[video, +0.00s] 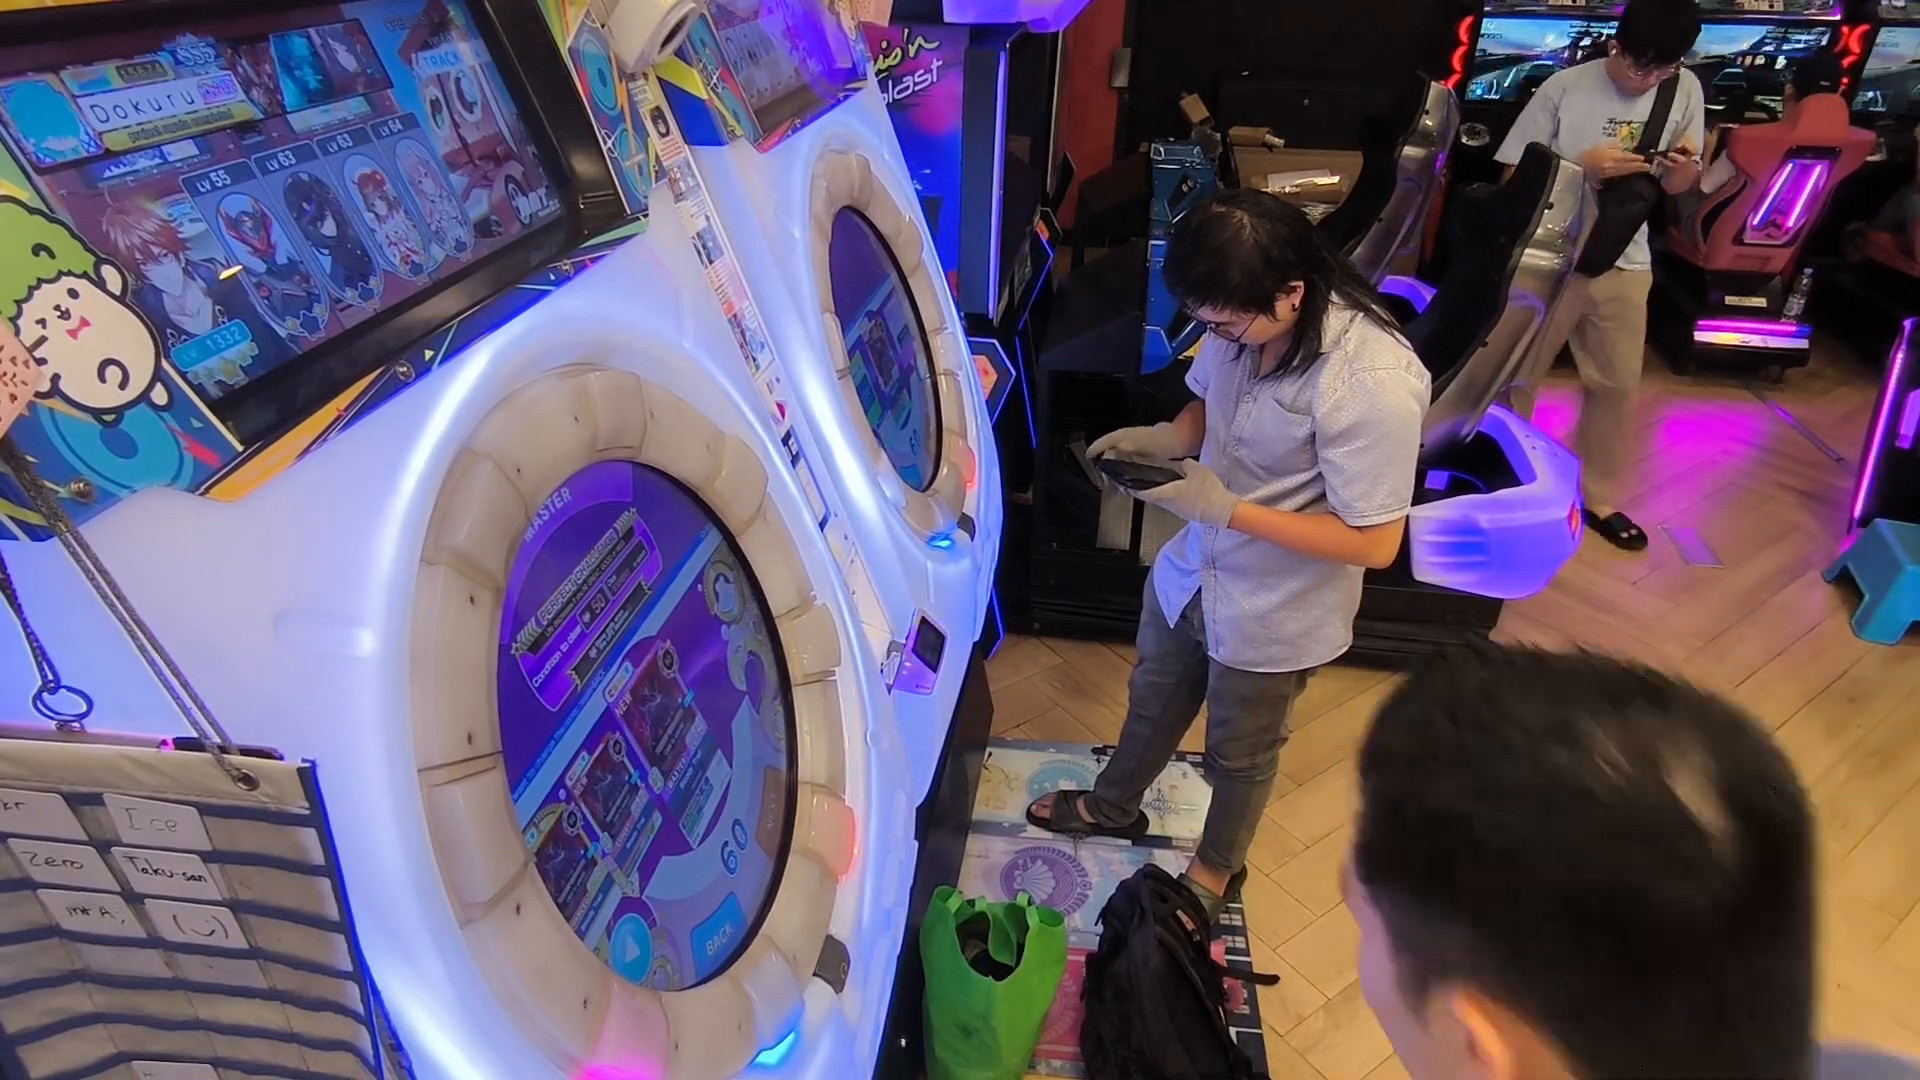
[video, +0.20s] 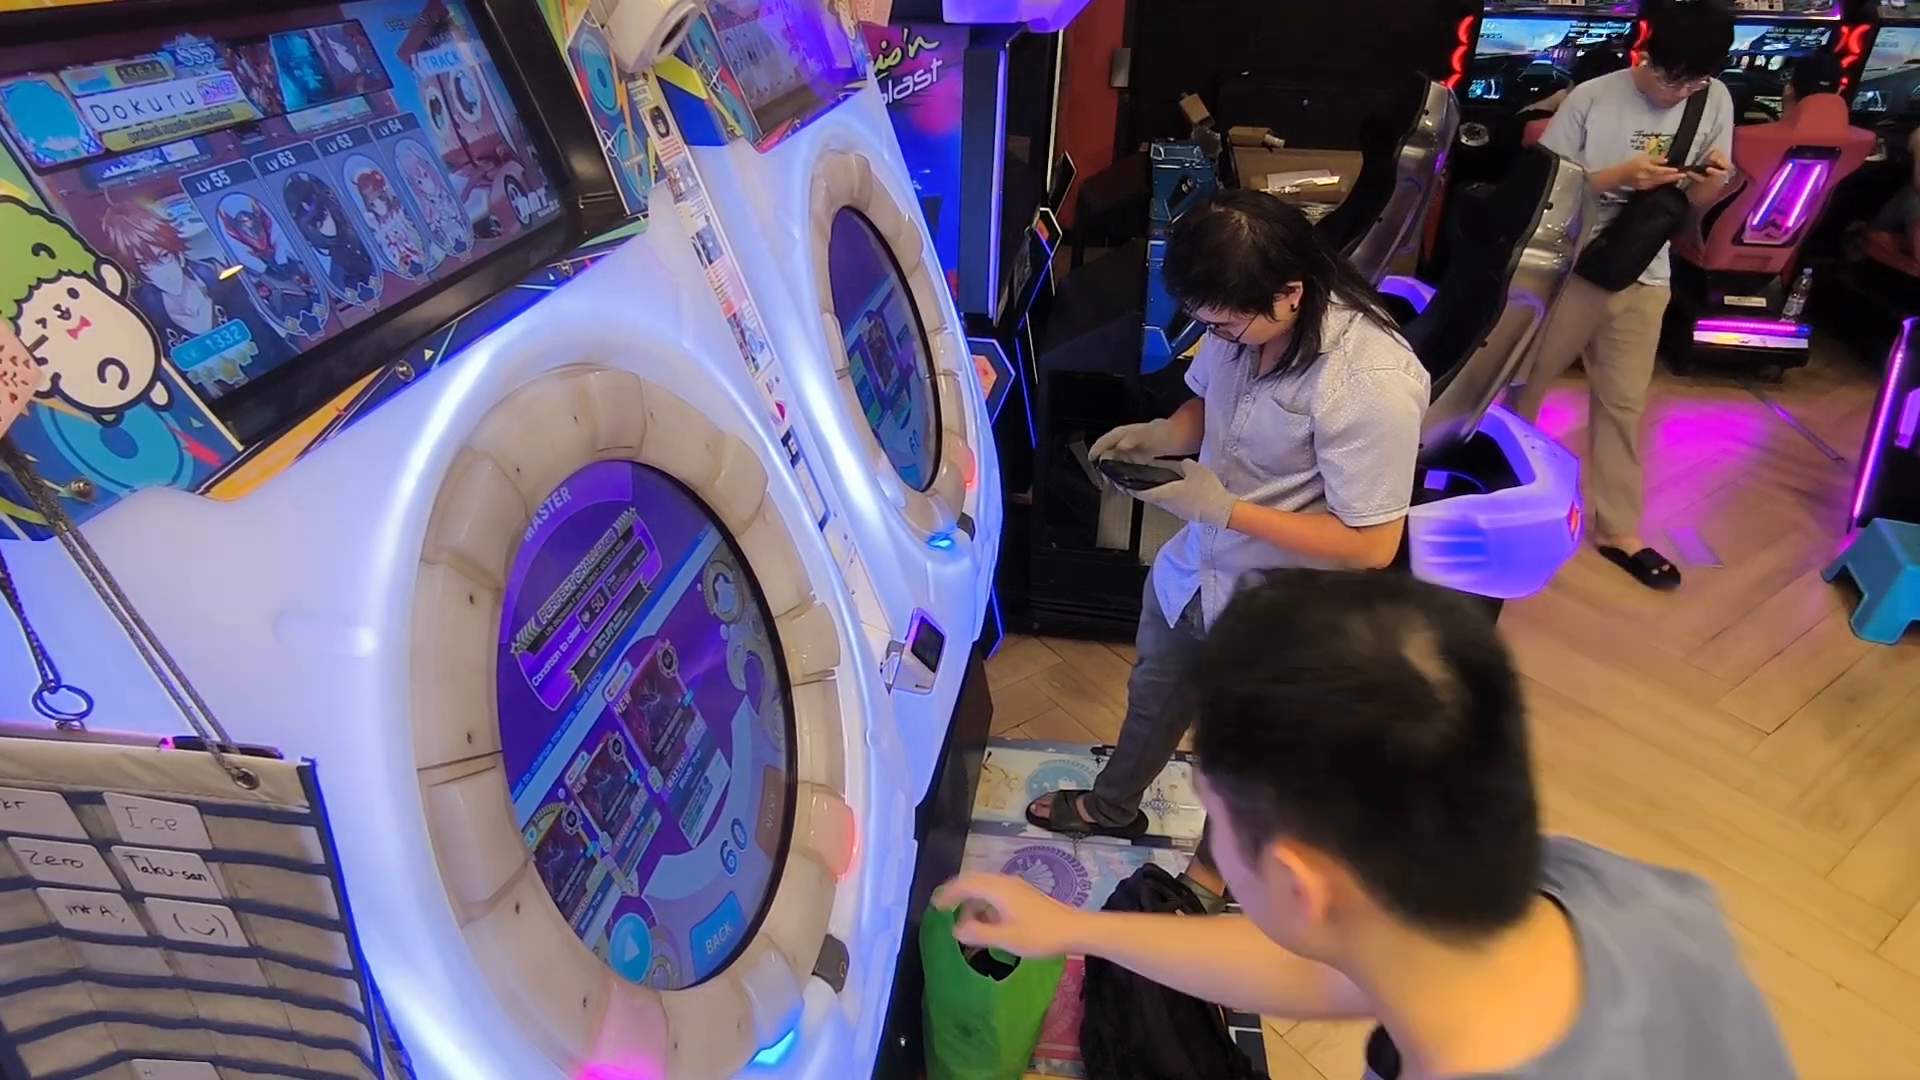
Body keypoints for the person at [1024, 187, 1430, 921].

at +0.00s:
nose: (1214, 330)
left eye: (1229, 317)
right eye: (1206, 315)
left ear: (1291, 295)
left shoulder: (1371, 386)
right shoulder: (1238, 321)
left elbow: (1375, 543)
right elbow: (1205, 409)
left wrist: (1233, 510)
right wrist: (1163, 444)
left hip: (1275, 607)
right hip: (1191, 561)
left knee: (1239, 752)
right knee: (1154, 695)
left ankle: (1215, 869)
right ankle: (1113, 803)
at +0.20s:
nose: (1217, 332)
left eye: (1232, 319)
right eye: (1209, 318)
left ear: (1290, 295)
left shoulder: (1369, 384)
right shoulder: (1239, 319)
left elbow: (1370, 546)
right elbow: (1211, 407)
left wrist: (1225, 511)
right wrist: (1162, 437)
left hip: (1280, 602)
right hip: (1193, 559)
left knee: (1245, 742)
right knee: (1155, 689)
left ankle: (1217, 868)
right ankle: (1112, 803)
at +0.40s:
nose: (1217, 335)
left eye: (1229, 324)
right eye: (1208, 321)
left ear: (1291, 295)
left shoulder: (1371, 381)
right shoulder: (1238, 317)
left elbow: (1375, 544)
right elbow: (1204, 408)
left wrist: (1226, 509)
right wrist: (1156, 437)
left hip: (1267, 628)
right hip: (1182, 580)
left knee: (1225, 778)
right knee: (1136, 730)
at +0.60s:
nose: (1216, 333)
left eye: (1229, 321)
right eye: (1208, 319)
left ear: (1290, 296)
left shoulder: (1370, 385)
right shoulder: (1239, 316)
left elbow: (1377, 542)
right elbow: (1198, 411)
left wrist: (1229, 507)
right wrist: (1147, 439)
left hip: (1274, 605)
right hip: (1192, 564)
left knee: (1237, 759)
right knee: (1149, 712)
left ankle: (1216, 874)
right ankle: (1108, 824)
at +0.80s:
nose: (1220, 332)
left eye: (1233, 318)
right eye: (1211, 318)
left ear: (1291, 293)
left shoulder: (1371, 383)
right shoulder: (1238, 321)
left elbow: (1377, 541)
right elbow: (1203, 410)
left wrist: (1229, 509)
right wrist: (1147, 439)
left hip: (1274, 606)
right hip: (1190, 563)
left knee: (1240, 751)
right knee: (1153, 697)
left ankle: (1214, 873)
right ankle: (1110, 809)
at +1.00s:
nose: (1217, 332)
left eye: (1230, 319)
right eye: (1208, 318)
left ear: (1288, 294)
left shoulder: (1368, 384)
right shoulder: (1237, 320)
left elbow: (1374, 541)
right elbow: (1205, 408)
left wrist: (1228, 510)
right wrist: (1154, 437)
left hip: (1273, 605)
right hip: (1190, 561)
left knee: (1239, 752)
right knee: (1153, 696)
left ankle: (1214, 873)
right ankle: (1108, 810)